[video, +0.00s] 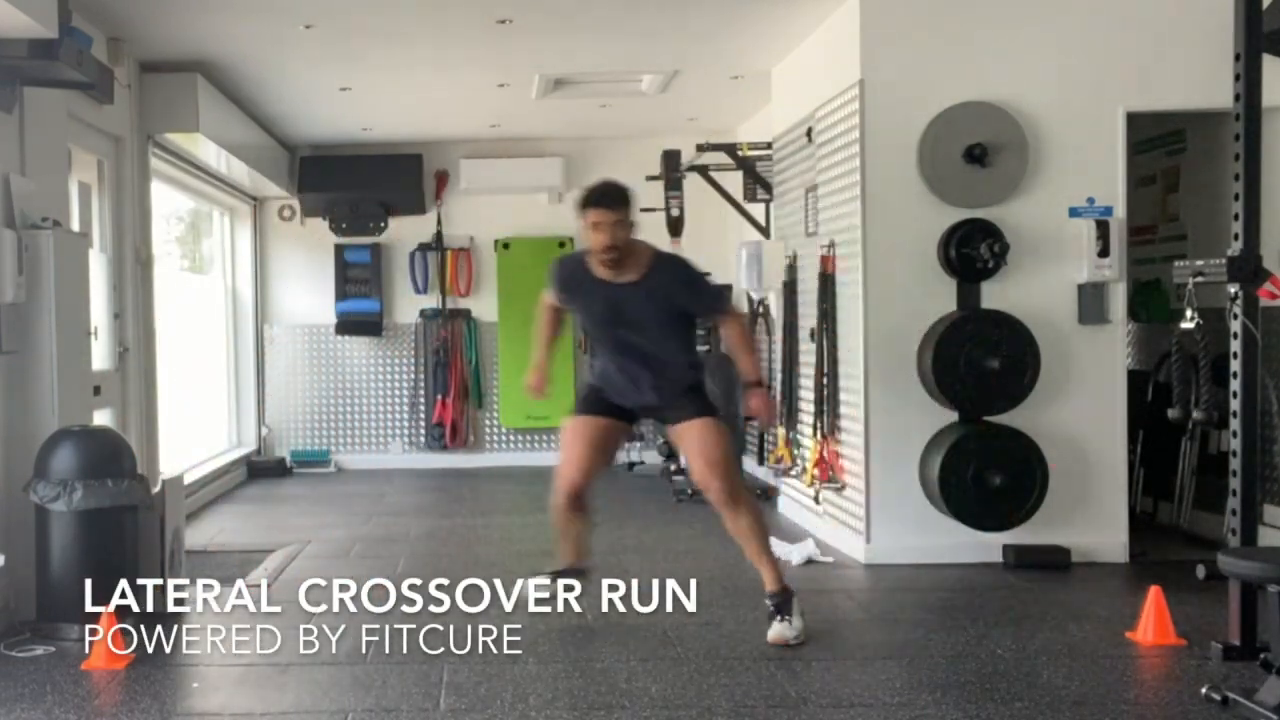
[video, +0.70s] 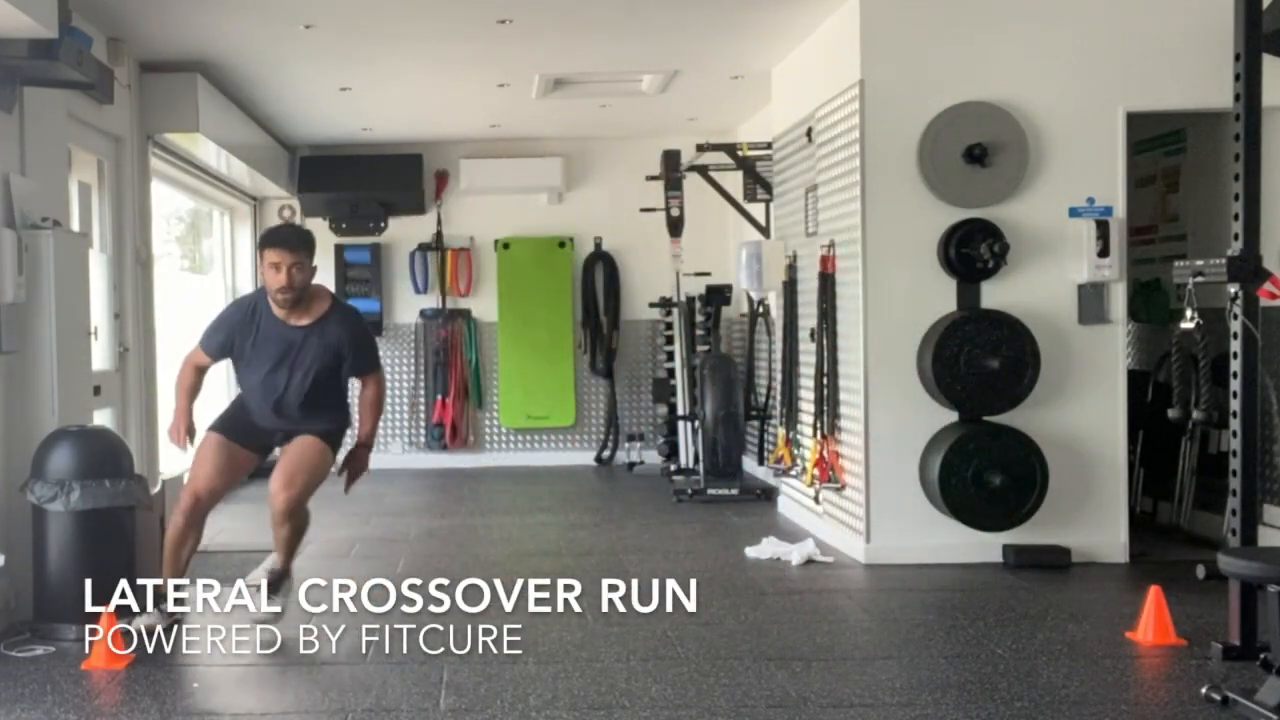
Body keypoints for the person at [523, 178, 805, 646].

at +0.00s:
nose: (606, 239)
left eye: (615, 227)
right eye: (595, 228)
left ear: (630, 224)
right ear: (582, 230)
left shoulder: (671, 273)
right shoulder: (570, 274)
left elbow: (730, 318)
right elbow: (552, 305)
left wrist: (753, 384)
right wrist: (539, 365)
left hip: (678, 390)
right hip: (609, 389)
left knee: (720, 488)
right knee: (568, 487)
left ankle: (778, 592)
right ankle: (572, 573)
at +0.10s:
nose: (536, 234)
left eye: (545, 222)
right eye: (526, 223)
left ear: (561, 222)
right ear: (513, 225)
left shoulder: (600, 269)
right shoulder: (501, 273)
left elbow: (654, 321)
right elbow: (468, 314)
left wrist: (673, 375)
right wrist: (439, 364)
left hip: (601, 388)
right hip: (538, 390)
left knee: (621, 481)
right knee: (507, 494)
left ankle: (699, 573)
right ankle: (513, 594)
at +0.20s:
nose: (480, 231)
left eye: (490, 219)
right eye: (470, 220)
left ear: (505, 219)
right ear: (457, 222)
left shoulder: (543, 271)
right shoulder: (443, 271)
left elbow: (590, 324)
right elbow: (405, 313)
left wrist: (604, 385)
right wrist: (385, 343)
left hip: (526, 387)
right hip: (467, 385)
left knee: (508, 474)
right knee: (451, 491)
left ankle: (524, 588)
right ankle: (504, 581)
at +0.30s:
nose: (428, 233)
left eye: (438, 222)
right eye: (418, 223)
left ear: (453, 223)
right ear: (405, 226)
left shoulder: (491, 279)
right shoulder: (389, 272)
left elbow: (531, 333)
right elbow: (356, 313)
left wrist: (533, 398)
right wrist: (349, 352)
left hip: (457, 398)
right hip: (402, 391)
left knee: (410, 486)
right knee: (369, 488)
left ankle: (368, 597)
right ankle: (430, 552)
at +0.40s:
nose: (373, 253)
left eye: (384, 241)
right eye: (363, 242)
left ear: (400, 243)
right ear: (349, 246)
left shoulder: (433, 303)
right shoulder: (339, 290)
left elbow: (472, 358)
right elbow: (308, 329)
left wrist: (465, 427)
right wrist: (299, 372)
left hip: (405, 412)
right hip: (351, 396)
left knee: (348, 492)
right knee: (284, 488)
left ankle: (345, 599)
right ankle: (290, 566)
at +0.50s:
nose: (326, 269)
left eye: (336, 256)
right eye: (315, 257)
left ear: (353, 254)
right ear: (303, 258)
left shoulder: (385, 312)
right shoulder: (287, 300)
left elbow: (418, 373)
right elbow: (259, 343)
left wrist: (410, 441)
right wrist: (249, 388)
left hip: (359, 419)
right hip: (300, 407)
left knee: (326, 498)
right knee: (240, 494)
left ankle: (339, 594)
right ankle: (182, 587)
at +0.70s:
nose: (284, 279)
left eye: (294, 268)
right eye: (274, 268)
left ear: (311, 269)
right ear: (262, 268)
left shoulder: (343, 323)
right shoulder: (243, 314)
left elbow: (372, 379)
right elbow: (196, 362)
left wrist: (363, 444)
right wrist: (182, 411)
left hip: (318, 421)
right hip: (253, 412)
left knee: (285, 496)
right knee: (194, 496)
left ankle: (280, 568)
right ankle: (168, 600)